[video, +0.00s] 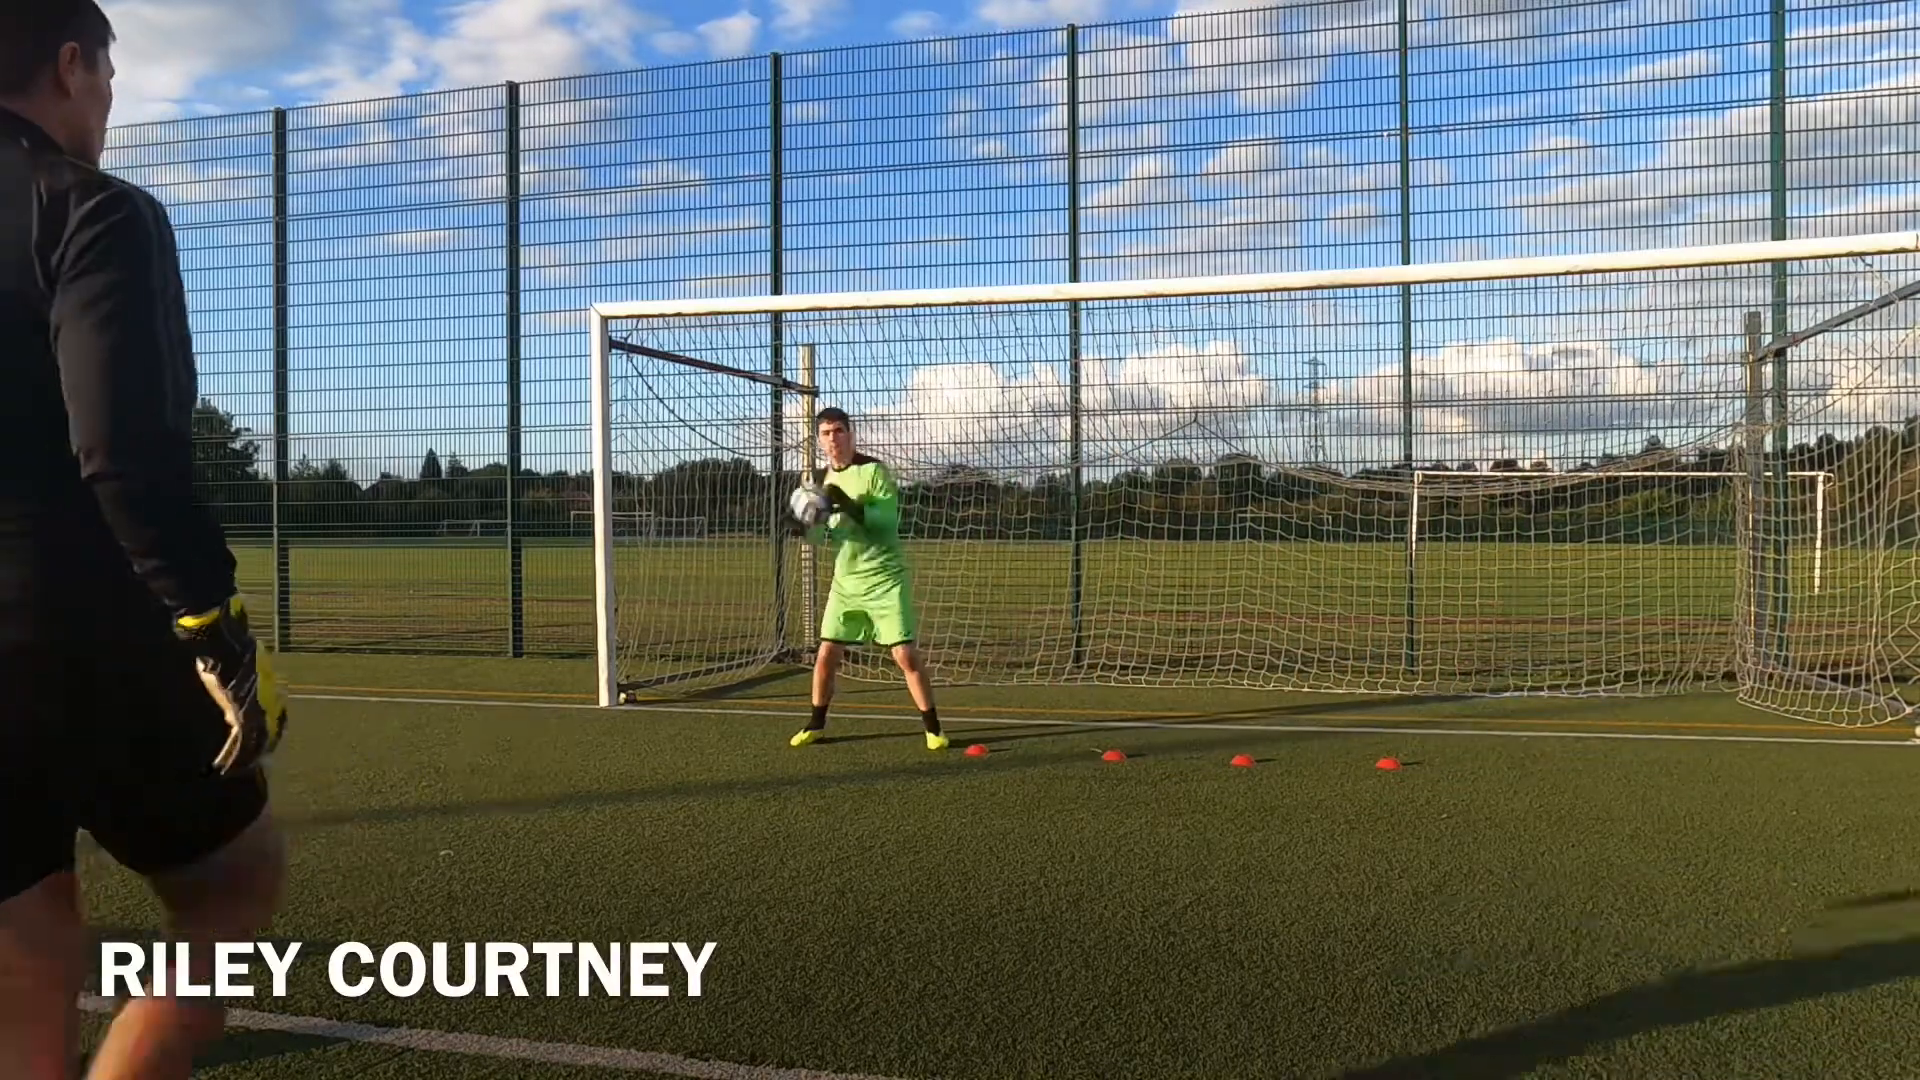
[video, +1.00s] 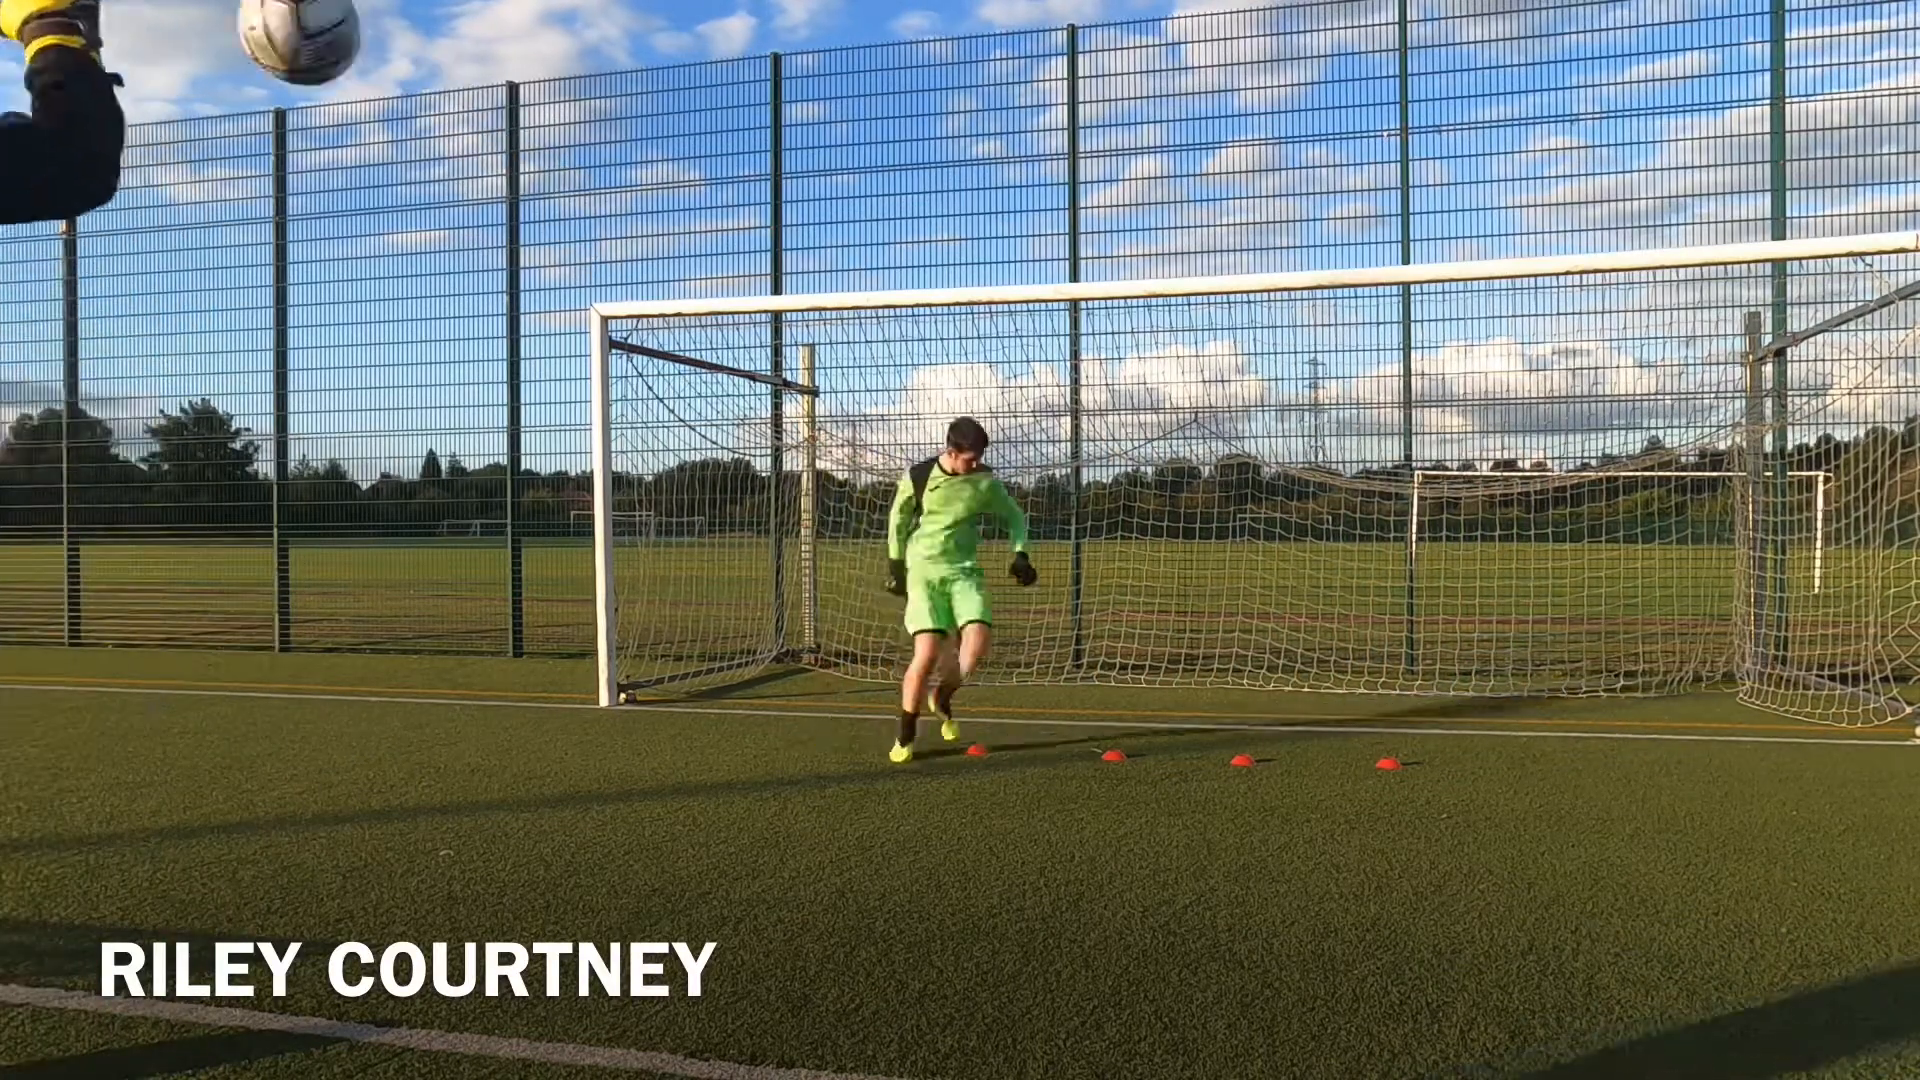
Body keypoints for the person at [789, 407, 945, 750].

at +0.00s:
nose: (834, 439)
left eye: (839, 431)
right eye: (826, 433)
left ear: (852, 435)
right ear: (820, 441)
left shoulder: (876, 472)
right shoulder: (825, 481)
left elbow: (886, 524)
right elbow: (825, 532)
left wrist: (845, 504)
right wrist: (805, 519)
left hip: (886, 579)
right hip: (845, 583)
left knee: (905, 656)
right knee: (826, 652)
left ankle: (933, 728)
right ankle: (816, 724)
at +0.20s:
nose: (806, 448)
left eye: (812, 440)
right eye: (800, 443)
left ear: (824, 443)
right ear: (794, 450)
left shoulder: (857, 475)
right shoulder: (807, 489)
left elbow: (902, 500)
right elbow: (819, 526)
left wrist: (887, 521)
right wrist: (807, 554)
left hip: (881, 579)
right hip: (841, 585)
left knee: (903, 652)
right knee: (826, 652)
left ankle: (933, 727)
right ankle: (816, 725)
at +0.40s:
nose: (816, 439)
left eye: (822, 432)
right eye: (809, 433)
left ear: (833, 436)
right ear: (801, 439)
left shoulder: (860, 471)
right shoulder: (798, 485)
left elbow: (899, 497)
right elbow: (805, 537)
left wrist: (891, 513)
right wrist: (786, 557)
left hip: (880, 574)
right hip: (839, 579)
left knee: (901, 648)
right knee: (826, 653)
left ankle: (933, 725)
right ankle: (816, 724)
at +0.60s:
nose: (854, 447)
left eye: (859, 440)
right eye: (847, 440)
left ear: (866, 438)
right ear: (833, 438)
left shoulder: (884, 473)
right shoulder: (821, 481)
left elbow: (917, 505)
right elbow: (798, 521)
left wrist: (907, 524)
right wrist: (810, 481)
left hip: (890, 578)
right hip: (846, 583)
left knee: (912, 648)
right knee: (829, 653)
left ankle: (928, 724)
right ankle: (817, 724)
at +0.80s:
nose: (919, 461)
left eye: (923, 454)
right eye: (914, 455)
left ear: (926, 449)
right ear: (896, 447)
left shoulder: (934, 482)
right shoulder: (865, 479)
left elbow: (952, 518)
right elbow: (842, 523)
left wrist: (941, 542)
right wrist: (855, 548)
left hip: (924, 589)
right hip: (880, 587)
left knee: (916, 665)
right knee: (859, 660)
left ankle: (896, 722)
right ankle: (831, 719)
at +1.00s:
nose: (977, 463)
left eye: (980, 457)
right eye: (971, 458)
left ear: (981, 452)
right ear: (952, 450)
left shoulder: (986, 484)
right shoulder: (917, 478)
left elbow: (1015, 516)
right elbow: (898, 520)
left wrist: (1020, 552)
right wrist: (896, 565)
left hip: (965, 573)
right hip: (923, 574)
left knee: (976, 647)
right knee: (927, 652)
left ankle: (942, 697)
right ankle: (906, 733)